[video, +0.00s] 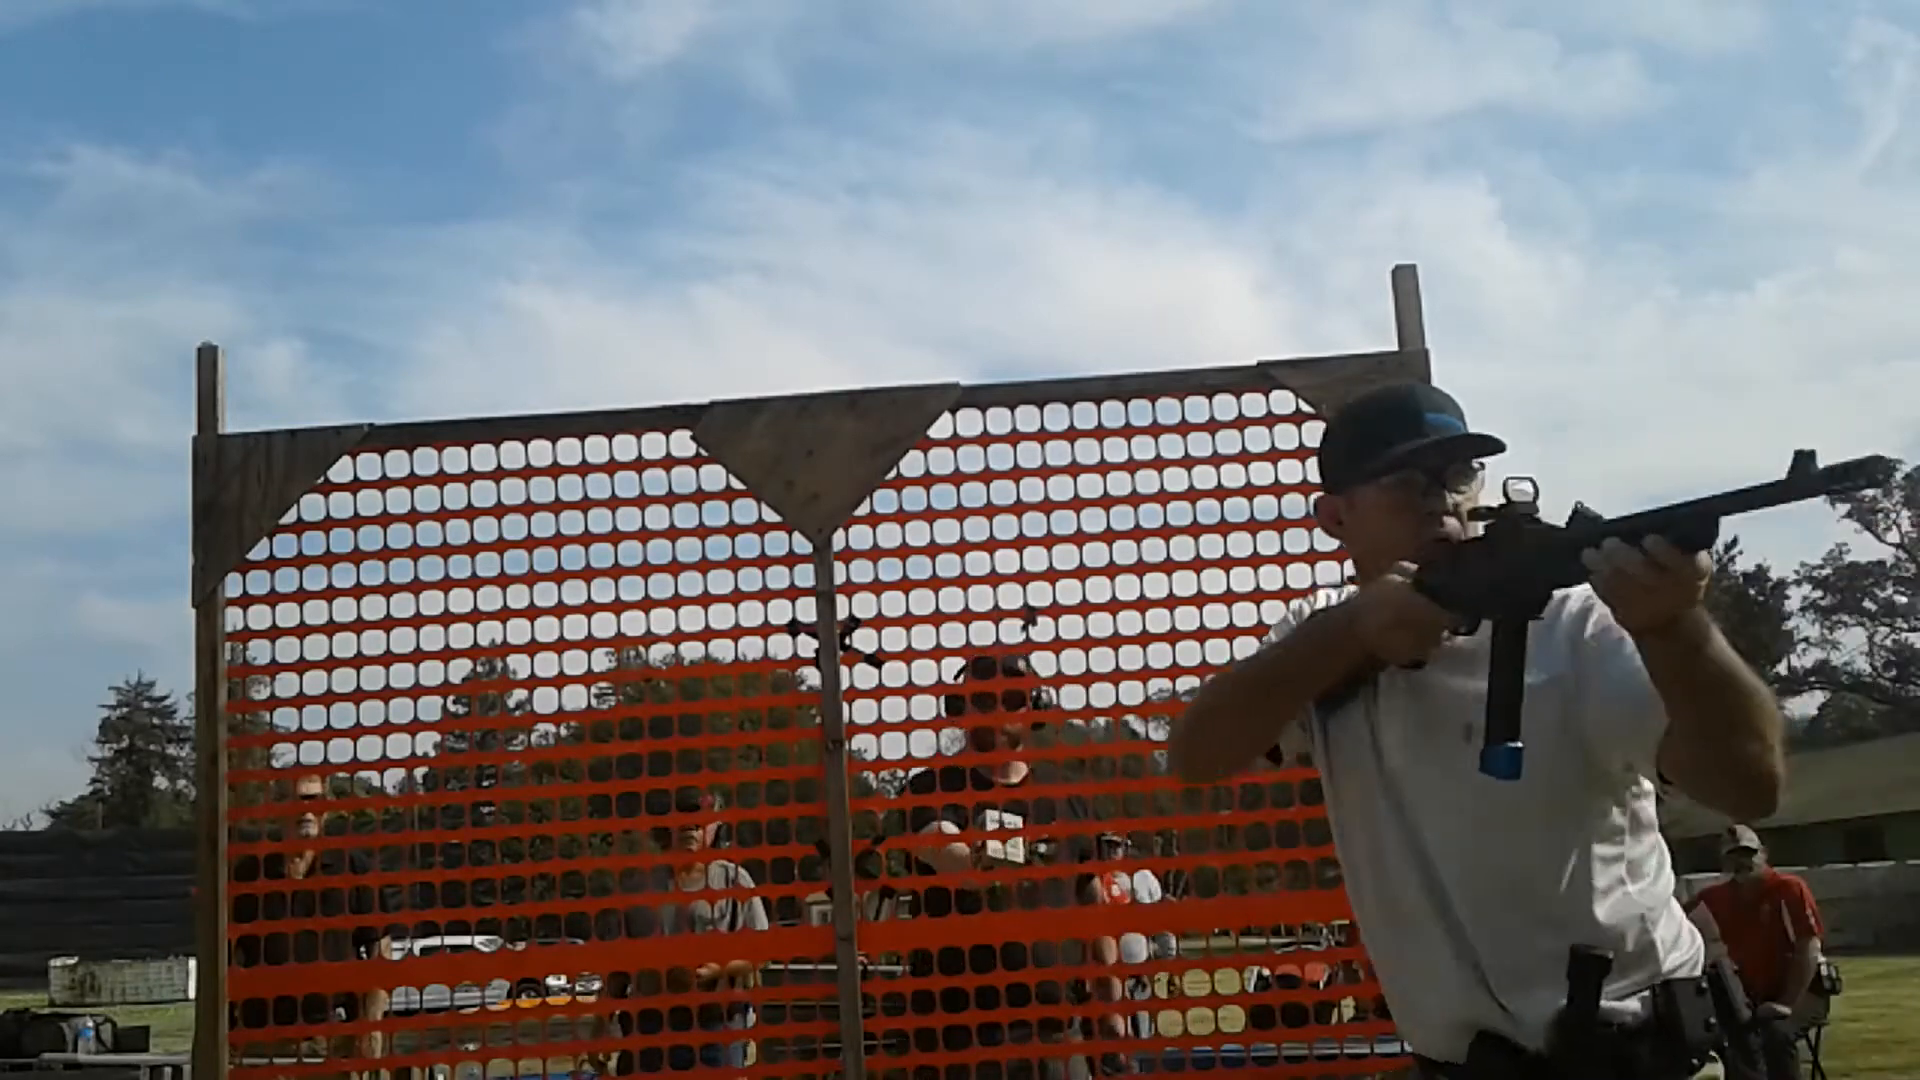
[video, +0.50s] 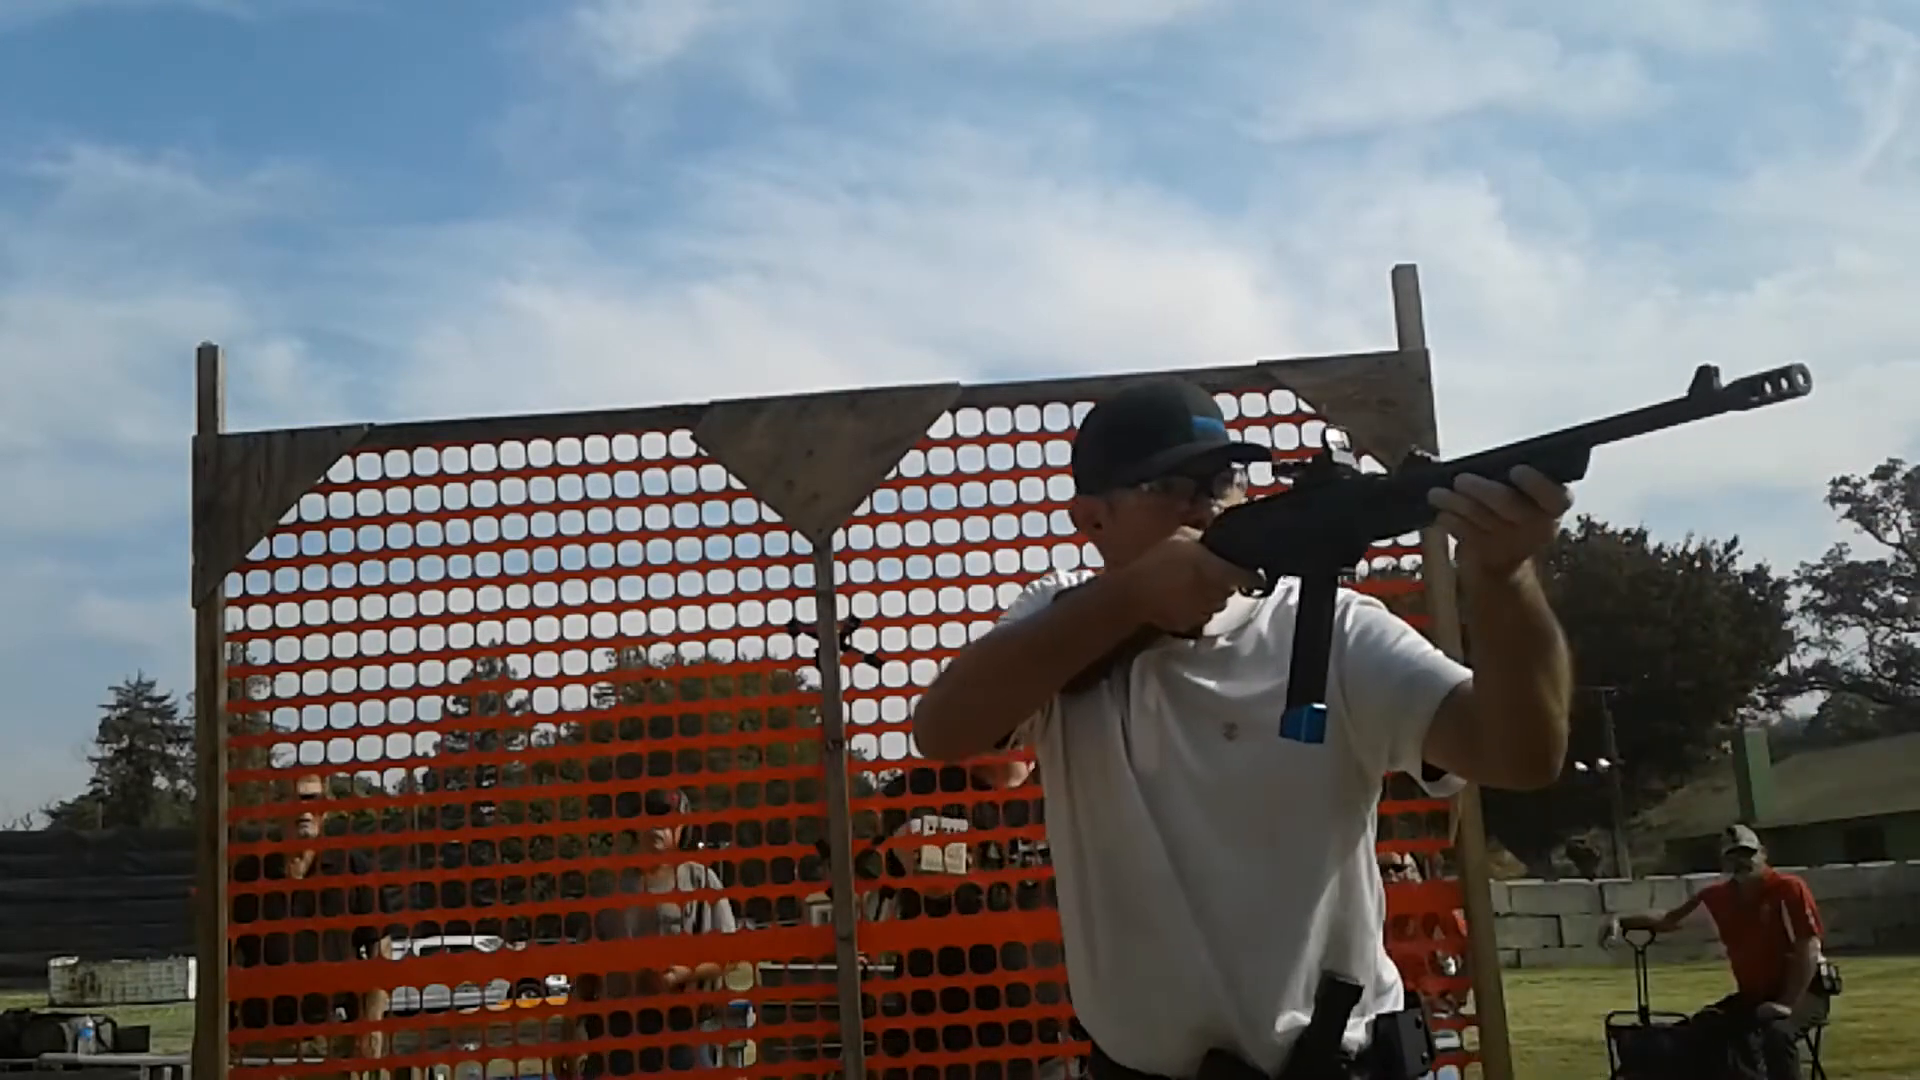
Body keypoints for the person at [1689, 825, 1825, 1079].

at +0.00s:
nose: (1742, 861)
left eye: (1748, 853)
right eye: (1733, 855)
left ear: (1762, 855)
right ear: (1724, 862)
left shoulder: (1789, 889)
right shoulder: (1711, 899)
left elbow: (1810, 948)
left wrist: (1786, 1003)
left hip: (1794, 997)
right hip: (1740, 1000)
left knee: (1776, 1032)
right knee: (1735, 1037)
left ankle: (1784, 1075)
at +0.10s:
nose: (1742, 862)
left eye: (1748, 855)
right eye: (1734, 857)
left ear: (1762, 856)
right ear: (1724, 862)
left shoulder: (1789, 889)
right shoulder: (1714, 896)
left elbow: (1809, 948)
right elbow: (1668, 922)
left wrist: (1787, 1003)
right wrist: (1619, 922)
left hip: (1801, 999)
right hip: (1751, 998)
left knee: (1774, 1033)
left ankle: (1785, 1075)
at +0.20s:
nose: (1742, 861)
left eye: (1749, 853)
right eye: (1734, 855)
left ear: (1762, 856)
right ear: (1724, 861)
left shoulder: (1789, 889)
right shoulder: (1714, 896)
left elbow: (1809, 948)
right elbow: (1668, 922)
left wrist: (1788, 1004)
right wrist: (1621, 922)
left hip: (1801, 999)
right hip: (1751, 999)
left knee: (1775, 1033)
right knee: (1691, 1033)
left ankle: (1785, 1075)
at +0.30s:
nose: (1742, 860)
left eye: (1748, 853)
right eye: (1734, 855)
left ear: (1762, 855)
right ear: (1725, 861)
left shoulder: (1790, 889)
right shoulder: (1715, 897)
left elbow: (1809, 949)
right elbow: (1669, 921)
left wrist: (1788, 1004)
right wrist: (1622, 922)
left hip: (1801, 1000)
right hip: (1751, 998)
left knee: (1774, 1034)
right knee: (1690, 1034)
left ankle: (1785, 1075)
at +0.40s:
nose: (1741, 860)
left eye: (1748, 853)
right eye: (1733, 855)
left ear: (1762, 855)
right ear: (1724, 861)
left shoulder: (1789, 889)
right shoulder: (1716, 897)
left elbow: (1809, 949)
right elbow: (1668, 922)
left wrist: (1788, 1004)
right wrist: (1621, 922)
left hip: (1801, 999)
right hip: (1752, 998)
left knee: (1775, 1033)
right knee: (1690, 1033)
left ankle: (1785, 1075)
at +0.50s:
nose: (1741, 860)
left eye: (1748, 853)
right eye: (1733, 855)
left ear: (1761, 855)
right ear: (1724, 861)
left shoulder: (1789, 889)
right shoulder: (1715, 897)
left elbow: (1809, 949)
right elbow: (1668, 922)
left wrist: (1788, 1004)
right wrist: (1621, 923)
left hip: (1801, 999)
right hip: (1752, 998)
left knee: (1775, 1033)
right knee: (1691, 1033)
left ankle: (1785, 1075)